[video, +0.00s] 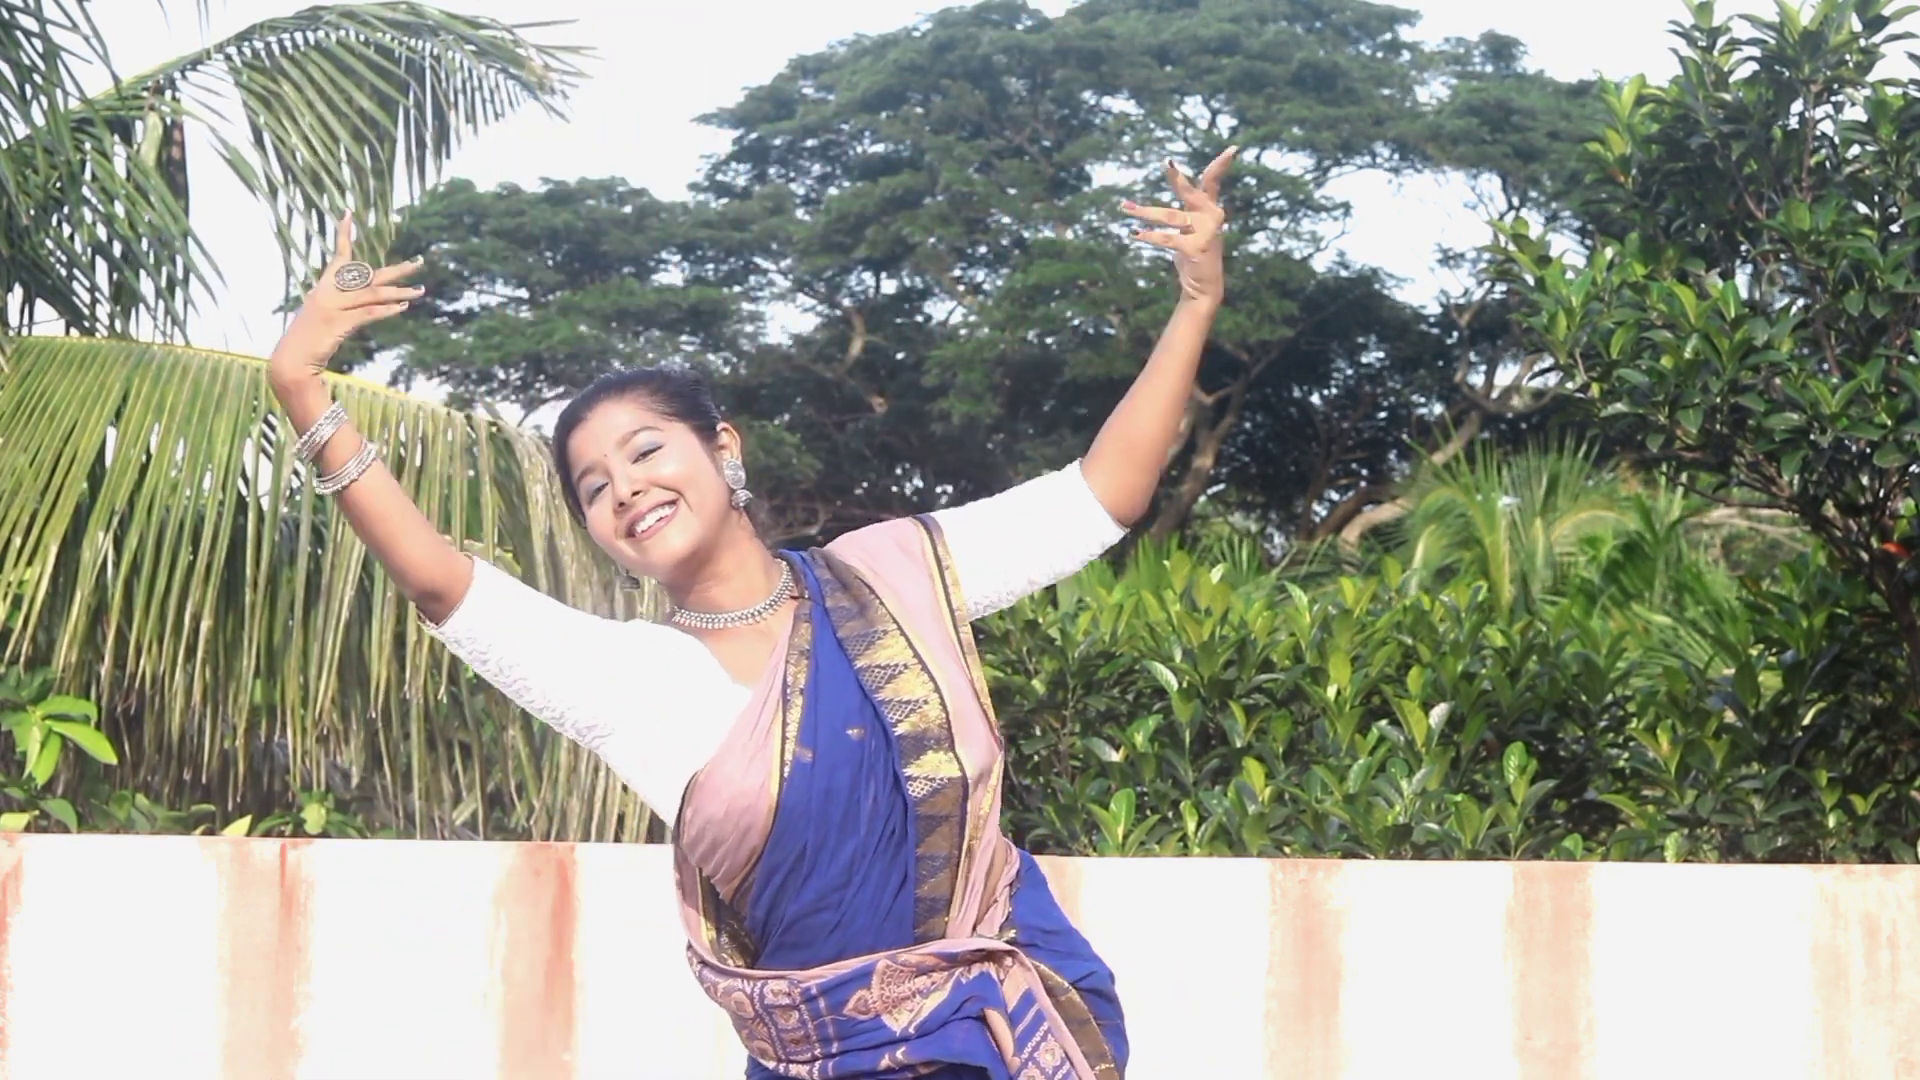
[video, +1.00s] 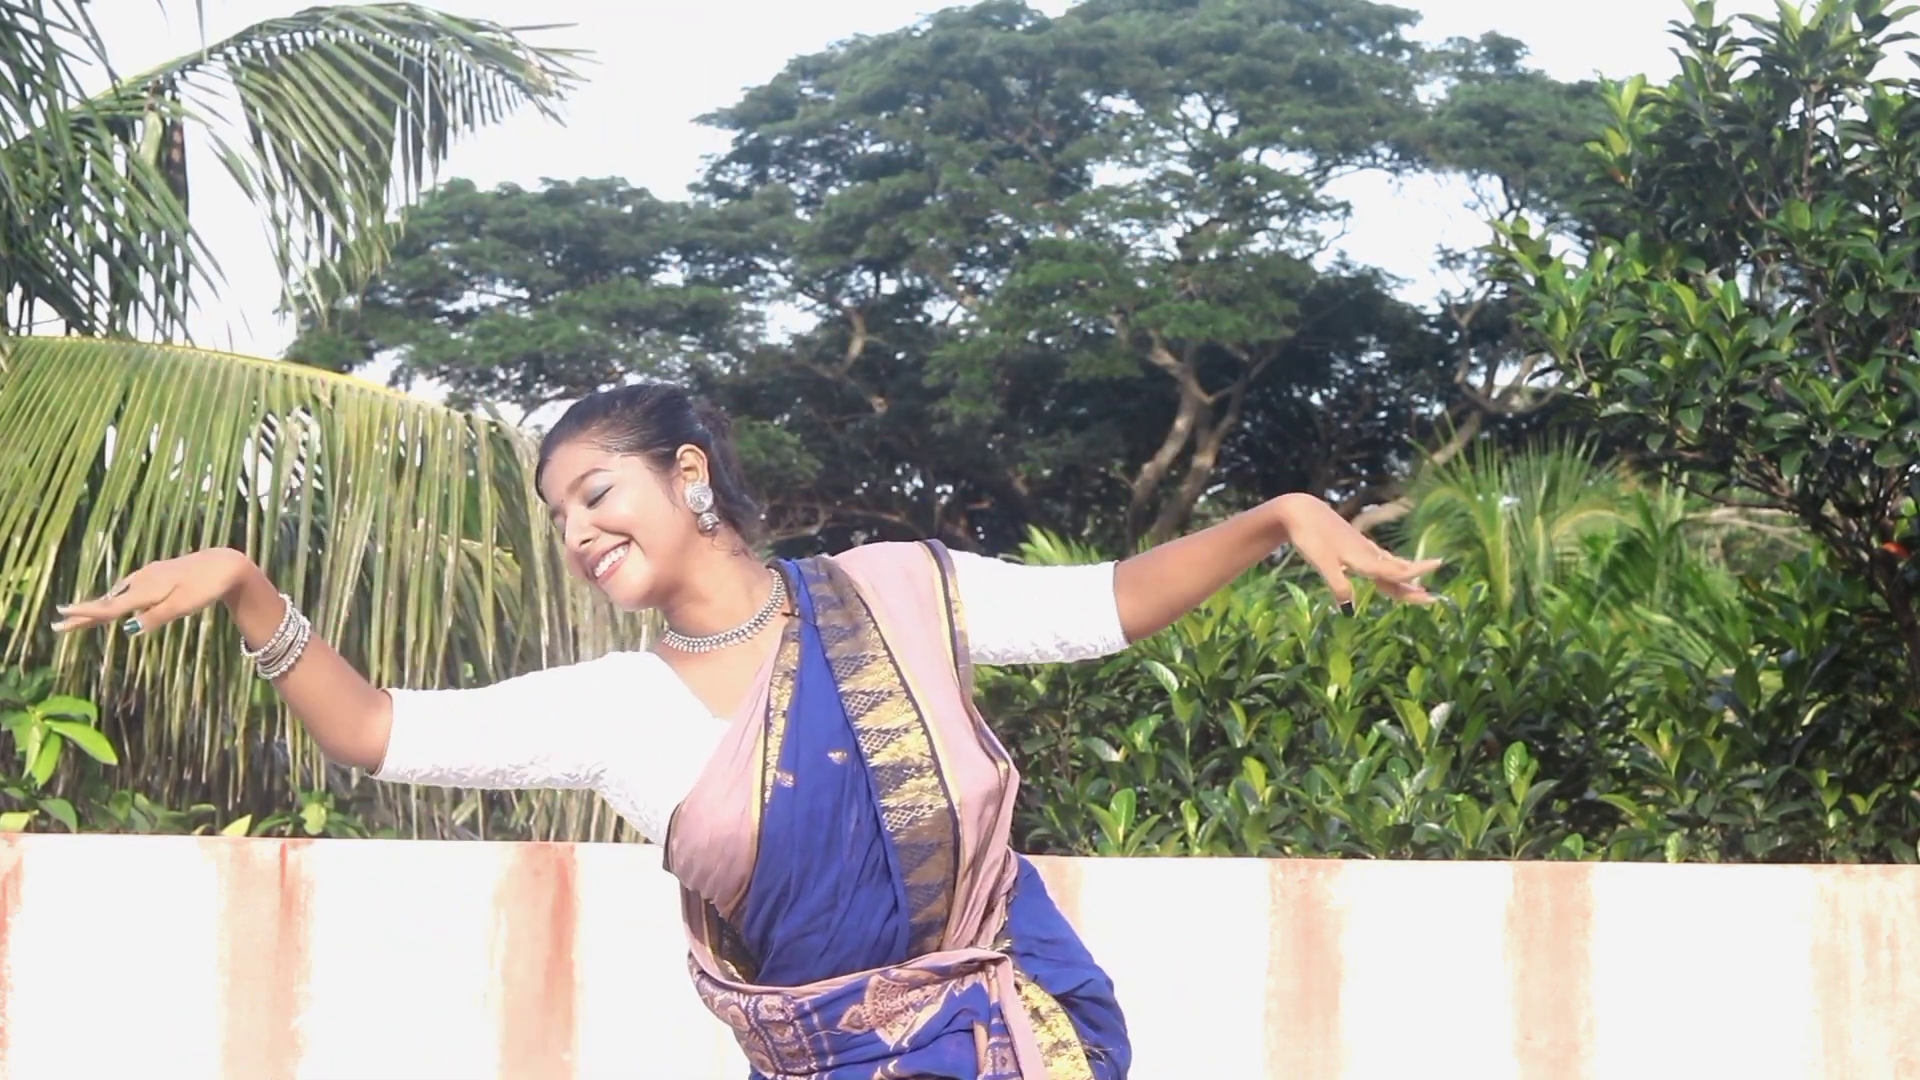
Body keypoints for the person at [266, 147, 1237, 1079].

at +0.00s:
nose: (625, 489)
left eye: (648, 450)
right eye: (595, 489)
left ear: (727, 451)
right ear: (600, 538)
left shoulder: (901, 564)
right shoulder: (635, 681)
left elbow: (1103, 495)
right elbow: (441, 577)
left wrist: (1199, 303)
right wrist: (300, 385)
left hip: (1022, 1015)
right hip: (825, 1053)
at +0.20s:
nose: (624, 500)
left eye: (644, 460)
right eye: (595, 498)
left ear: (725, 453)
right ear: (599, 541)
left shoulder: (910, 570)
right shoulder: (641, 686)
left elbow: (1121, 524)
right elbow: (434, 611)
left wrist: (1197, 315)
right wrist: (296, 409)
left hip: (1031, 1019)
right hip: (837, 1057)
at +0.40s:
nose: (615, 505)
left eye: (633, 465)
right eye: (588, 502)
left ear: (718, 455)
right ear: (595, 544)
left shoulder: (906, 572)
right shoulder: (632, 694)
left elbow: (1121, 554)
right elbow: (411, 655)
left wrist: (1233, 379)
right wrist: (303, 457)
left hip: (1033, 1013)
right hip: (827, 1054)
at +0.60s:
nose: (606, 515)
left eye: (625, 474)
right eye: (582, 510)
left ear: (715, 460)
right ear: (591, 547)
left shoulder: (903, 574)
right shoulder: (629, 696)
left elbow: (1119, 568)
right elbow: (403, 667)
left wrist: (1285, 427)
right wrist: (260, 499)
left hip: (1028, 1014)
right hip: (825, 1057)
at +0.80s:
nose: (592, 524)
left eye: (611, 483)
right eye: (570, 515)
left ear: (706, 471)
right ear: (582, 551)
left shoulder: (900, 577)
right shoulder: (622, 698)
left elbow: (1113, 583)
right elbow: (379, 696)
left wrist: (1288, 503)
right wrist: (232, 564)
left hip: (1027, 1009)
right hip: (827, 1056)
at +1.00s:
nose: (584, 530)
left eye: (603, 490)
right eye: (563, 520)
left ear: (700, 475)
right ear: (578, 557)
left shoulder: (895, 582)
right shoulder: (616, 708)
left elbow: (1105, 607)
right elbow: (381, 738)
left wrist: (1278, 519)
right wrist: (251, 599)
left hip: (1028, 1017)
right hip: (827, 1061)